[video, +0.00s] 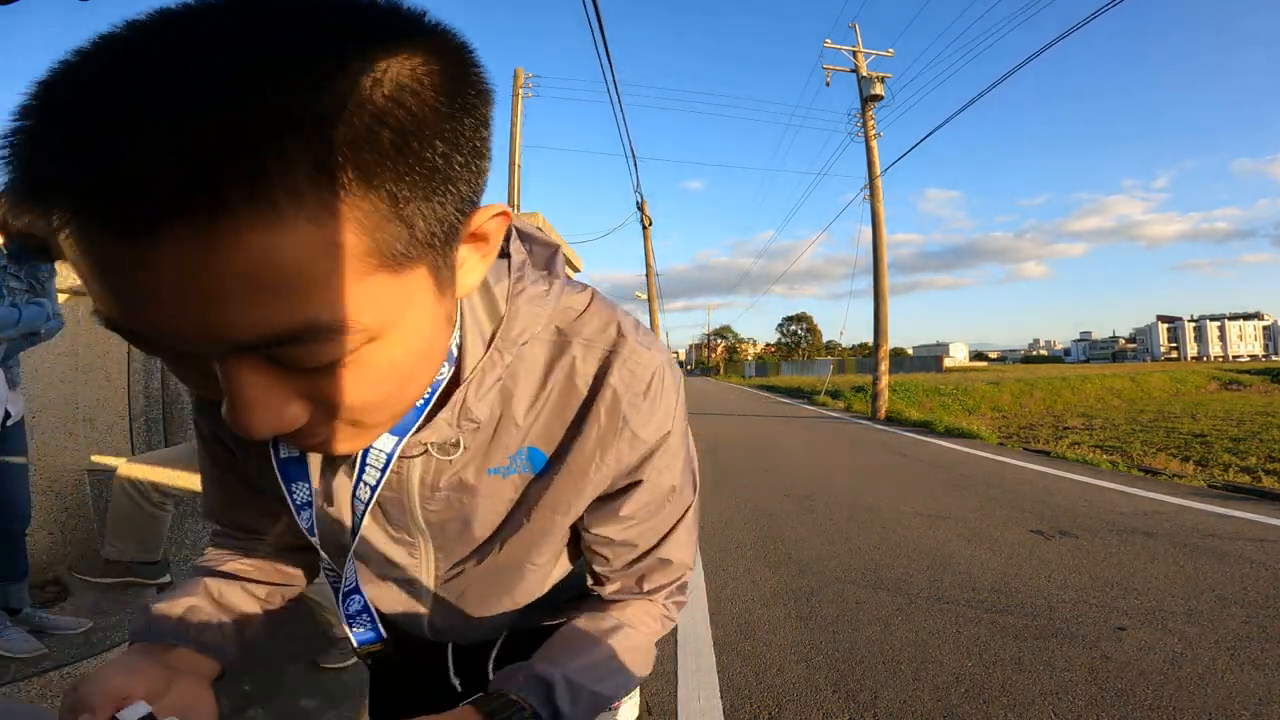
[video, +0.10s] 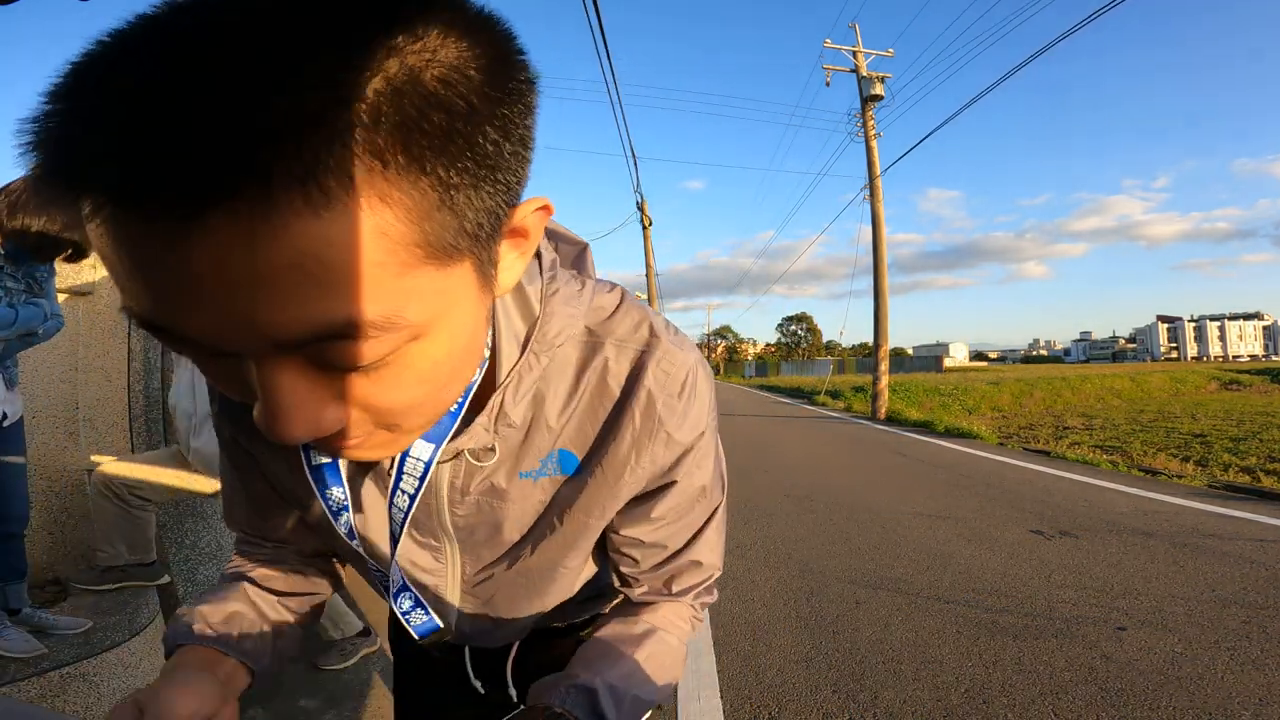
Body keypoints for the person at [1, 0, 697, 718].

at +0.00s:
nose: (250, 420)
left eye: (307, 354)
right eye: (189, 361)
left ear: (471, 254)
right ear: (141, 312)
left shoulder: (616, 377)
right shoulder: (228, 385)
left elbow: (639, 590)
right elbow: (252, 559)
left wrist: (532, 700)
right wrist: (172, 650)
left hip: (550, 636)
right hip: (395, 642)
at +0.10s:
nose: (286, 424)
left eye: (349, 356)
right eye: (218, 361)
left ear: (513, 251)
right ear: (169, 311)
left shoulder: (649, 381)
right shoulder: (244, 386)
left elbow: (664, 598)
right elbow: (280, 566)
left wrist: (579, 703)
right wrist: (200, 672)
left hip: (596, 636)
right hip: (428, 645)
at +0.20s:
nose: (302, 442)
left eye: (371, 368)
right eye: (227, 374)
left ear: (537, 256)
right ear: (176, 323)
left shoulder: (669, 395)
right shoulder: (251, 394)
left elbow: (676, 607)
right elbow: (283, 575)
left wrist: (609, 705)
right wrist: (237, 681)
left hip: (606, 640)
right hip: (433, 644)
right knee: (441, 708)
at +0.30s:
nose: (298, 476)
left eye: (370, 386)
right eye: (216, 401)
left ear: (542, 277)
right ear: (149, 344)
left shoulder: (676, 412)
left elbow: (681, 624)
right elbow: (275, 596)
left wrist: (623, 711)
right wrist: (254, 704)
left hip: (594, 656)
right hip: (428, 662)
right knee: (437, 694)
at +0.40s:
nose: (281, 514)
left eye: (353, 417)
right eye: (170, 439)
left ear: (531, 285)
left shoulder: (673, 424)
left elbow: (680, 636)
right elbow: (252, 617)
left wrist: (639, 706)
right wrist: (244, 708)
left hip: (584, 651)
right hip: (422, 651)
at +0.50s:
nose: (229, 567)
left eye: (298, 458)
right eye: (118, 501)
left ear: (485, 301)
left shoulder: (654, 434)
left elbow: (687, 640)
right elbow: (213, 642)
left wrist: (652, 704)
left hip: (582, 639)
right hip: (424, 647)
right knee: (442, 703)